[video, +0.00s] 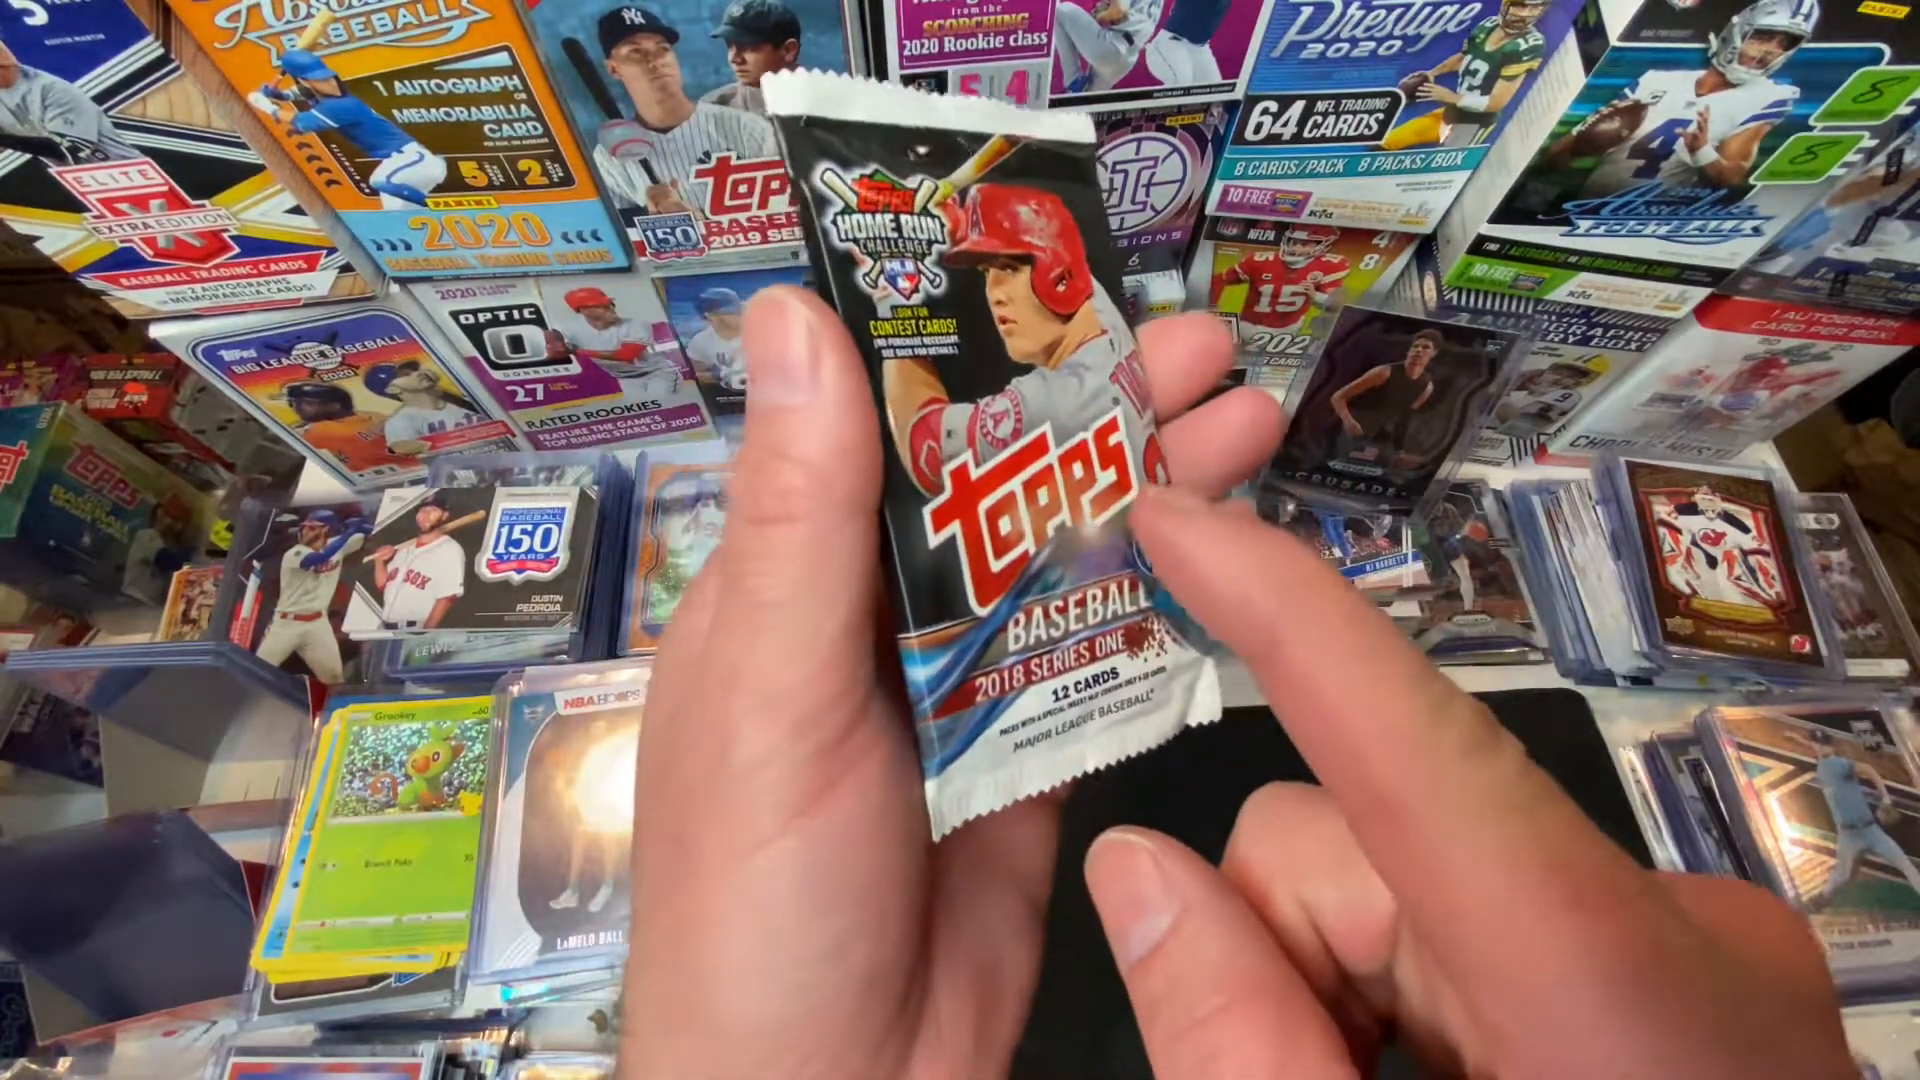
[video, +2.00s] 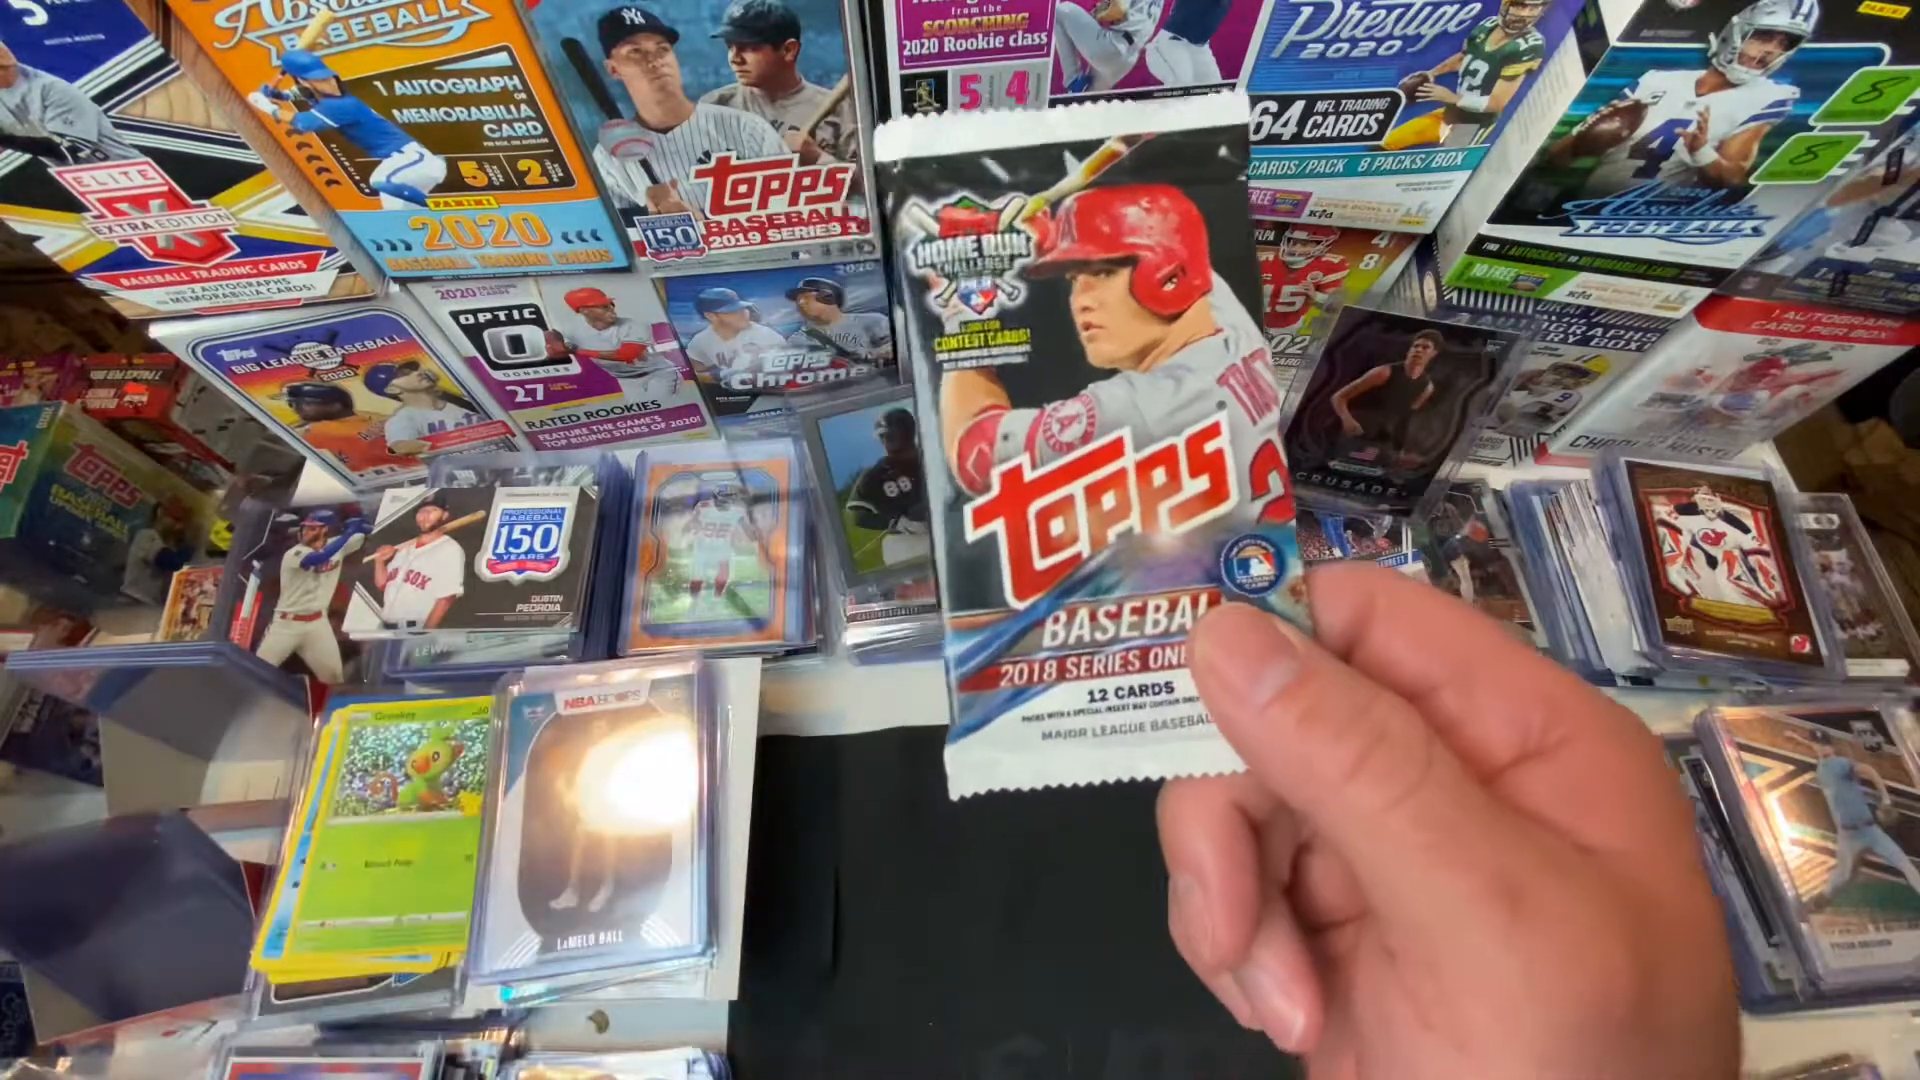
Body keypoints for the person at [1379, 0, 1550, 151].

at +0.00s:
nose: (1520, 13)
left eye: (1530, 7)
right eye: (1515, 4)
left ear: (1541, 11)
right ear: (1503, 5)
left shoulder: (1526, 47)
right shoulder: (1487, 26)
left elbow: (1496, 102)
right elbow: (1463, 58)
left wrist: (1450, 97)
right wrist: (1432, 73)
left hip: (1477, 123)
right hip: (1451, 111)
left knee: (1442, 175)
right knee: (1388, 141)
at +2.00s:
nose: (1520, 14)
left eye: (1530, 8)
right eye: (1516, 5)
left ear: (1542, 11)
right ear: (1504, 5)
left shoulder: (1527, 47)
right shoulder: (1487, 26)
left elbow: (1496, 103)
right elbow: (1463, 57)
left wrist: (1451, 98)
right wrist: (1431, 74)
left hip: (1478, 122)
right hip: (1453, 110)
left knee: (1442, 173)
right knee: (1388, 141)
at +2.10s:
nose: (1521, 14)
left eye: (1530, 8)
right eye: (1516, 5)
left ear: (1541, 11)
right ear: (1503, 5)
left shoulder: (1528, 47)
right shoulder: (1487, 26)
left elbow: (1496, 103)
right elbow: (1463, 57)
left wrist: (1451, 98)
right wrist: (1432, 73)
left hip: (1480, 122)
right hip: (1453, 111)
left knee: (1443, 172)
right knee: (1389, 141)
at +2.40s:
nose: (1519, 13)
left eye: (1529, 7)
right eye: (1515, 5)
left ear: (1542, 11)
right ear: (1504, 4)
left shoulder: (1527, 48)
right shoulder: (1487, 26)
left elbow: (1495, 104)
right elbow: (1463, 57)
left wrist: (1450, 97)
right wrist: (1431, 74)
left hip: (1478, 122)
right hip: (1452, 110)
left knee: (1443, 172)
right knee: (1389, 141)